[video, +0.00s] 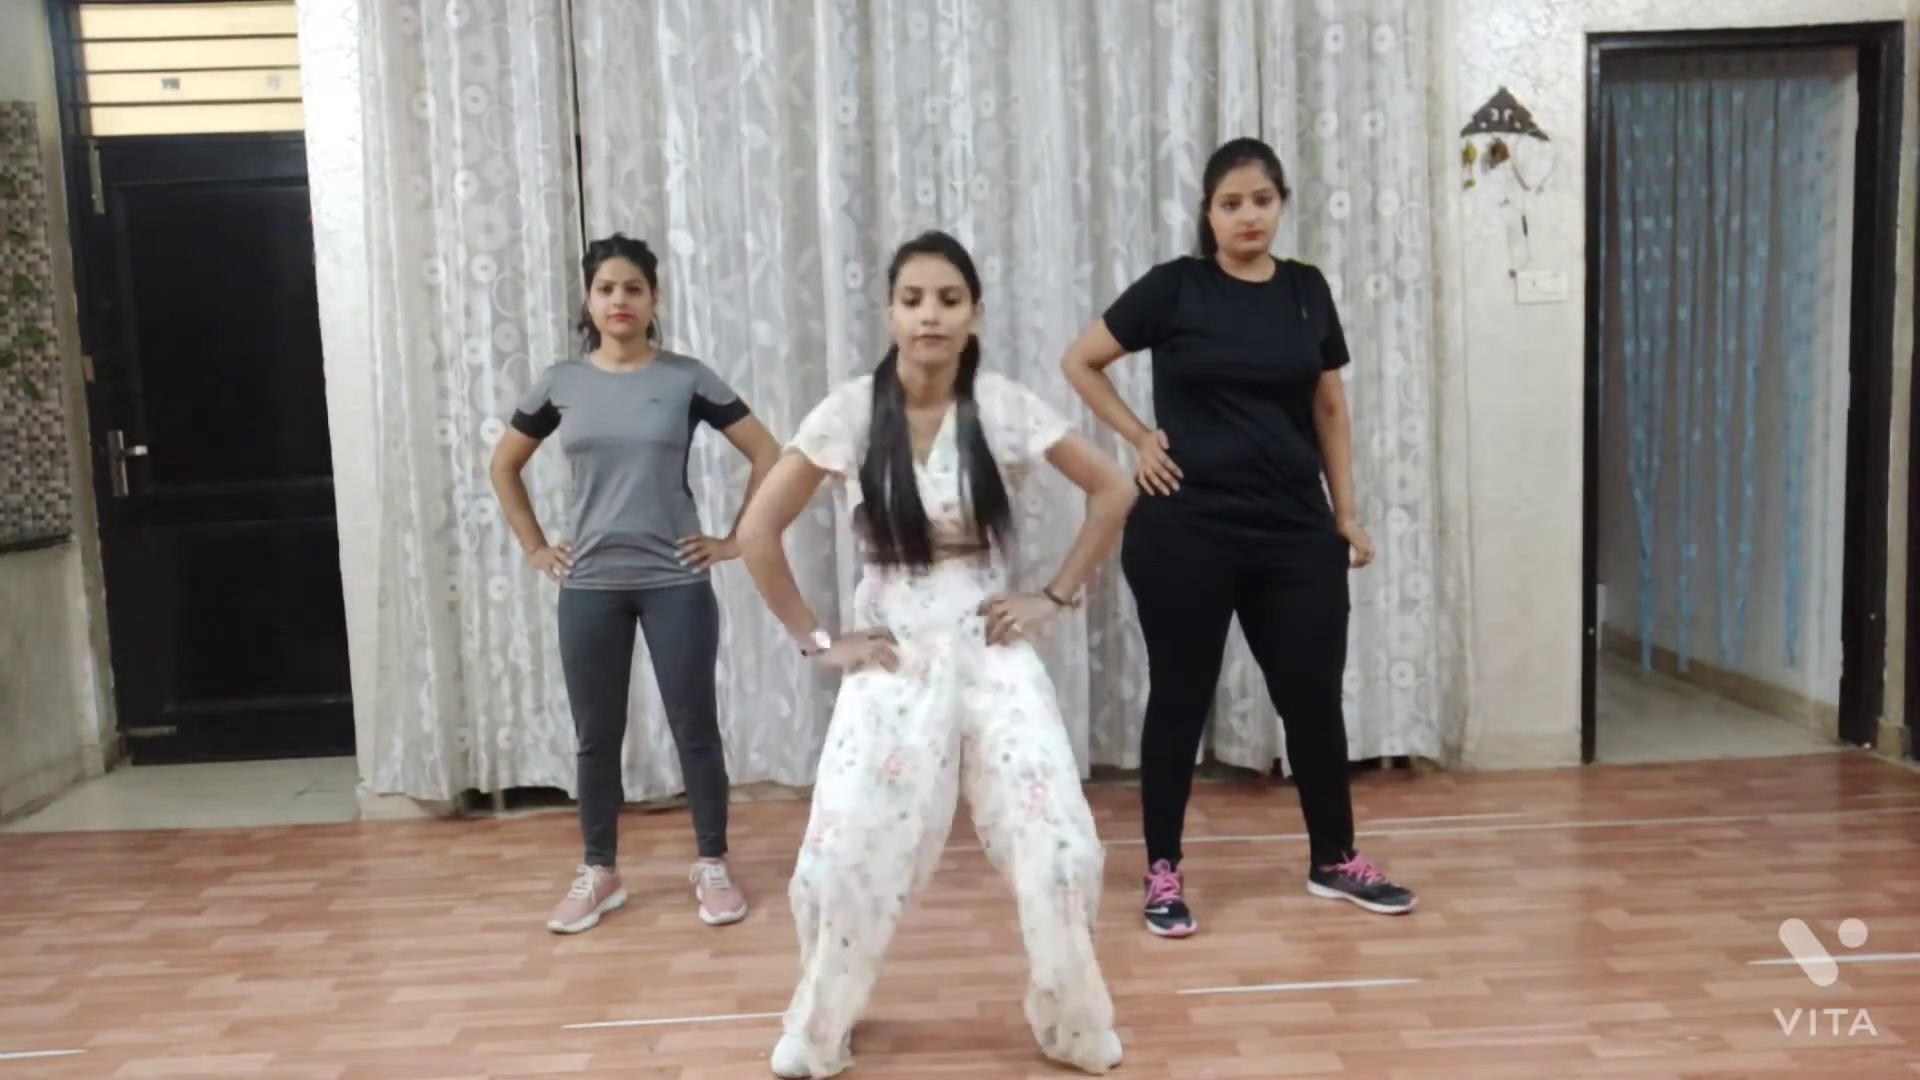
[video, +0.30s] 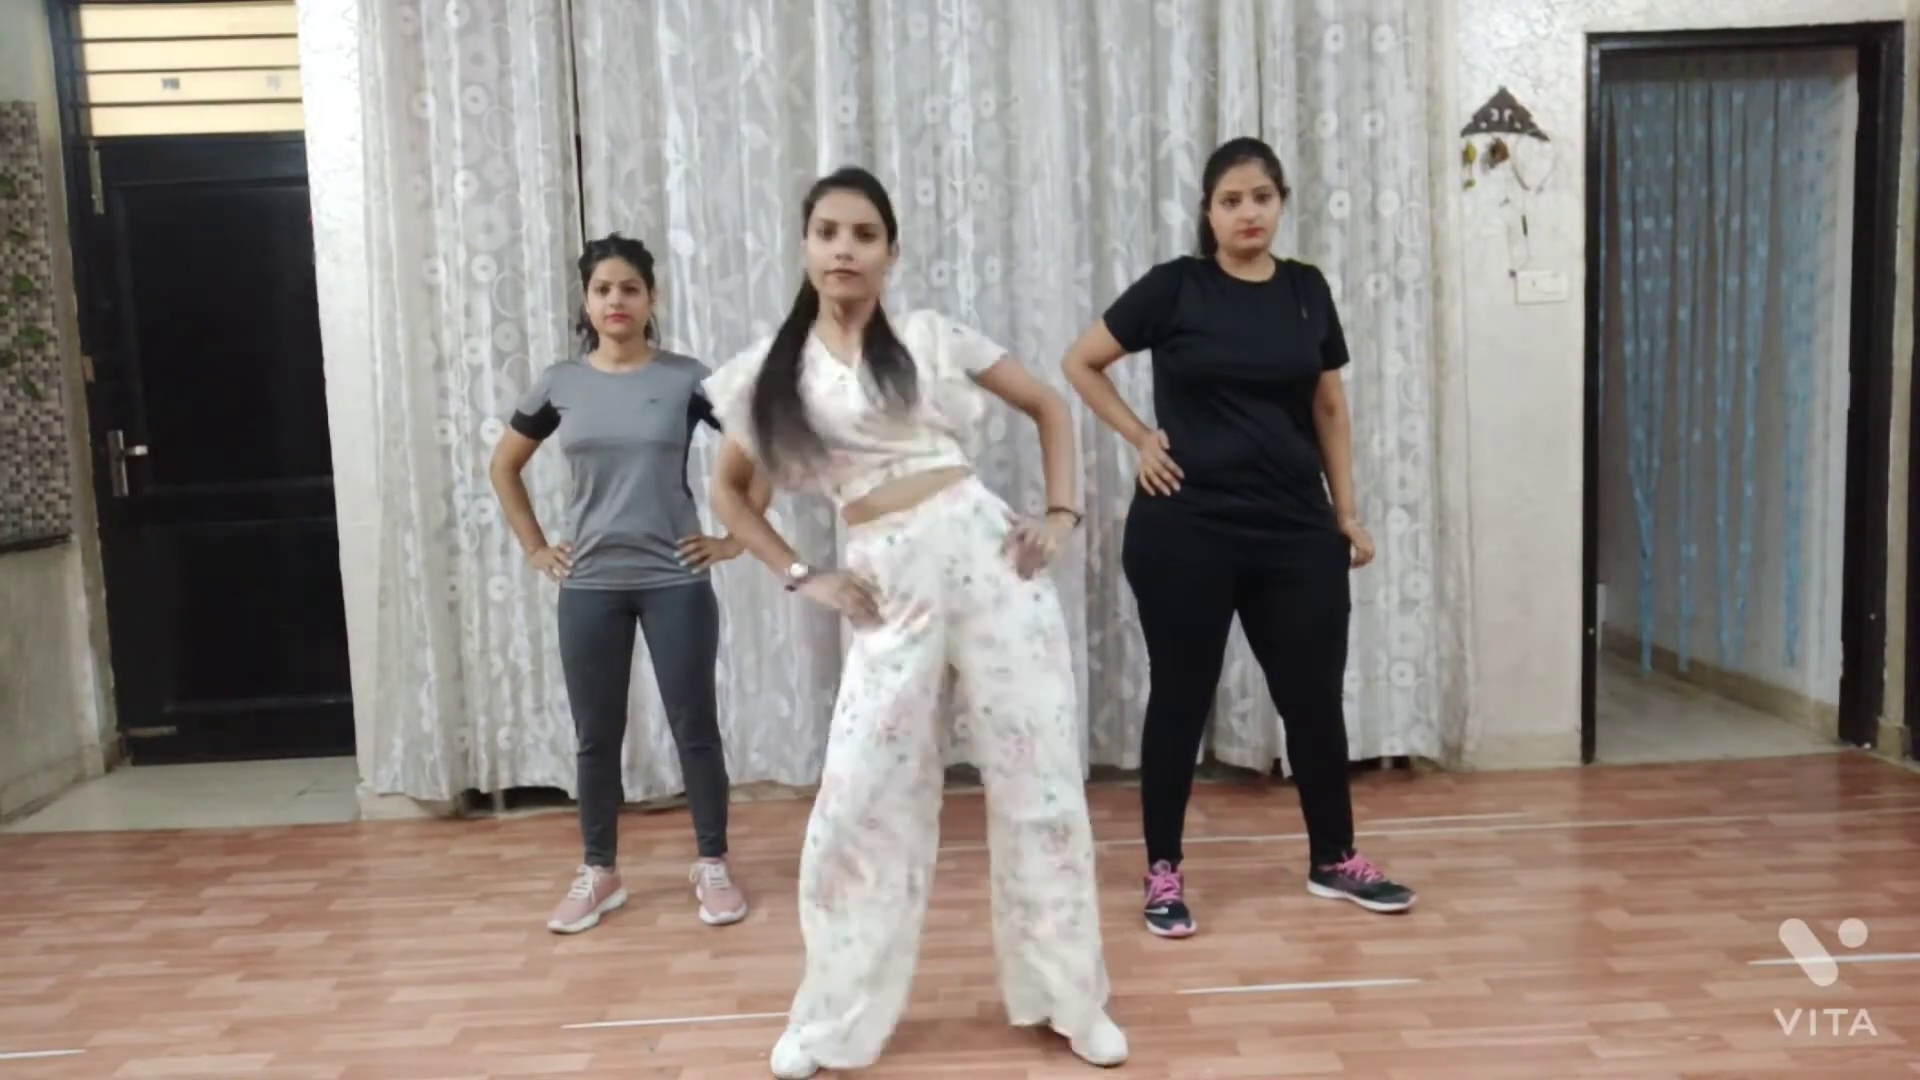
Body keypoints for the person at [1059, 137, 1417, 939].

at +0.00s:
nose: (1248, 215)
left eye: (1262, 200)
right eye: (1232, 202)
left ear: (1282, 206)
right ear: (1208, 211)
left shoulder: (1305, 290)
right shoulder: (1173, 288)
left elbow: (1331, 409)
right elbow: (1079, 363)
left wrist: (1346, 515)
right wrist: (1139, 436)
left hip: (1293, 529)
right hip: (1186, 526)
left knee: (1315, 699)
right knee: (1180, 699)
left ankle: (1335, 860)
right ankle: (1162, 870)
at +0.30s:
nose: (1249, 212)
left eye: (1262, 197)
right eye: (1232, 199)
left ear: (1282, 205)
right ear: (1208, 210)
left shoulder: (1305, 290)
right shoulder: (1174, 288)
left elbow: (1331, 408)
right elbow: (1079, 363)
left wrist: (1346, 513)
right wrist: (1139, 435)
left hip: (1294, 528)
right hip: (1186, 526)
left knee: (1316, 699)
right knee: (1180, 700)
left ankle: (1334, 860)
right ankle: (1163, 870)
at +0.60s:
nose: (1249, 210)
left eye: (1263, 195)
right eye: (1233, 198)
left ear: (1283, 204)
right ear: (1209, 209)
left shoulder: (1307, 289)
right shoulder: (1175, 288)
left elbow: (1333, 408)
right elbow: (1081, 364)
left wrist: (1348, 511)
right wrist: (1141, 436)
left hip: (1296, 529)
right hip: (1188, 526)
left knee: (1317, 698)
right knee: (1182, 699)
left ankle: (1335, 861)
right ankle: (1163, 870)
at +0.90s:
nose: (1249, 209)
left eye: (1263, 194)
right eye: (1233, 196)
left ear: (1284, 203)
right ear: (1209, 208)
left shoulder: (1309, 290)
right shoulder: (1173, 287)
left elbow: (1333, 409)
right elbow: (1095, 364)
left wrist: (1348, 512)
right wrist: (1134, 436)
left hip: (1298, 530)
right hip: (1190, 529)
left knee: (1317, 702)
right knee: (1180, 702)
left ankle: (1334, 861)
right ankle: (1164, 871)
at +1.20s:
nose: (1249, 209)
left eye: (1263, 194)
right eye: (1233, 196)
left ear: (1283, 203)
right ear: (1209, 208)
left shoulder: (1309, 290)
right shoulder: (1175, 289)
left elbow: (1334, 410)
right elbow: (1077, 368)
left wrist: (1348, 512)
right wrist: (1137, 435)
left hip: (1297, 529)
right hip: (1188, 527)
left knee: (1318, 701)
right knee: (1181, 701)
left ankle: (1335, 861)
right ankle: (1165, 870)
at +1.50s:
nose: (1248, 209)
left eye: (1262, 194)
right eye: (1231, 196)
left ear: (1282, 203)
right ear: (1208, 208)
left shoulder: (1308, 289)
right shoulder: (1174, 289)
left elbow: (1334, 409)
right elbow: (1076, 371)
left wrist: (1349, 513)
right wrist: (1139, 434)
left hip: (1297, 529)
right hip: (1188, 527)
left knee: (1317, 701)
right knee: (1181, 700)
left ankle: (1336, 860)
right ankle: (1164, 870)